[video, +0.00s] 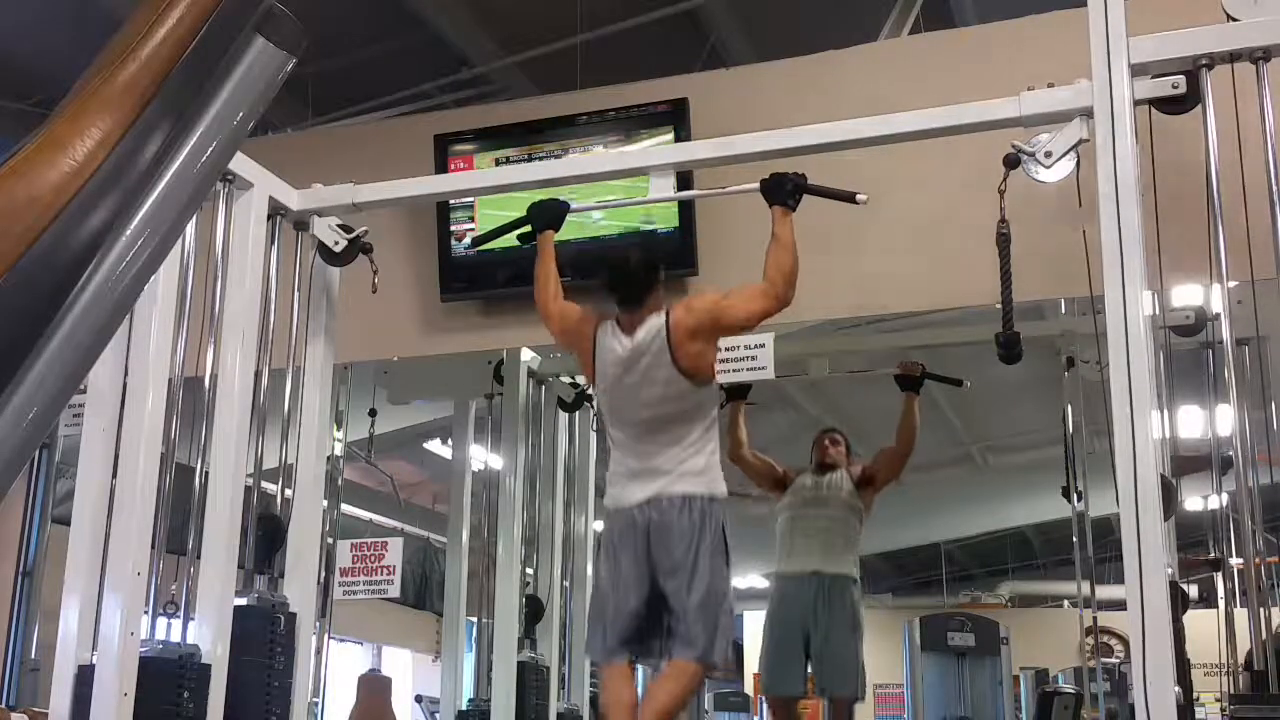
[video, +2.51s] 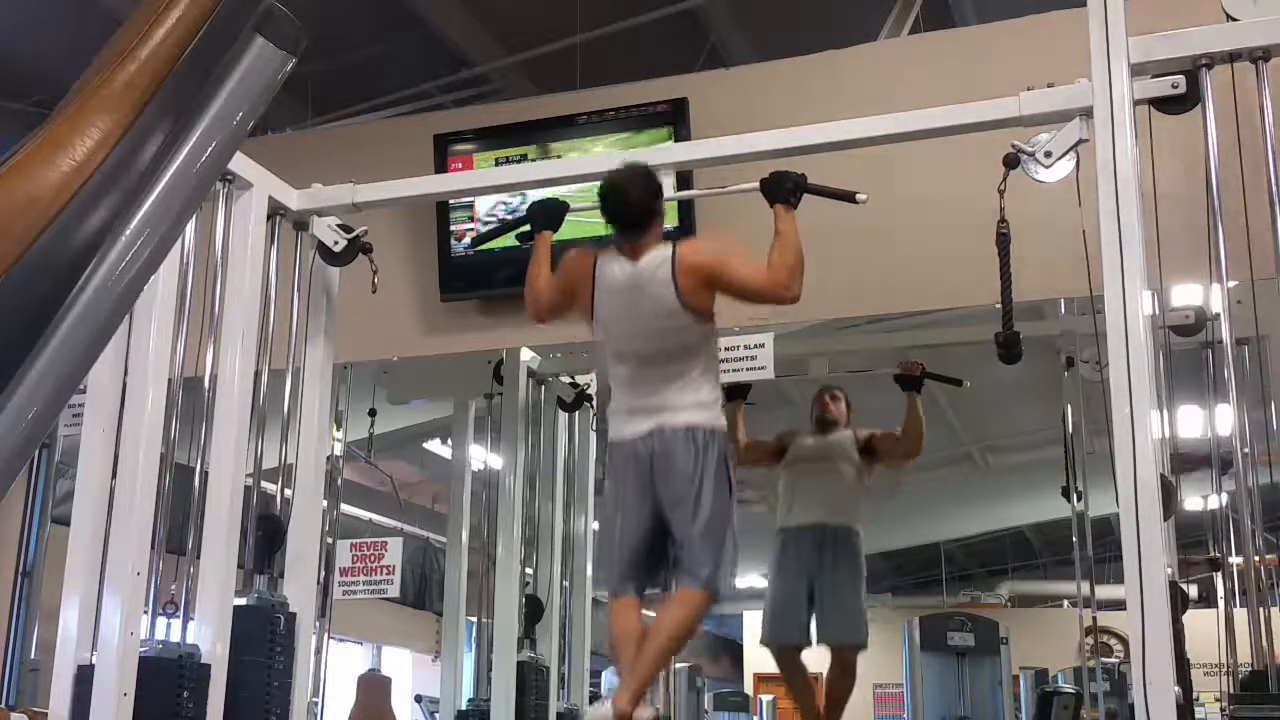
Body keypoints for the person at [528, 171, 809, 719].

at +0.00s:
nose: (662, 278)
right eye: (660, 272)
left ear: (609, 288)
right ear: (660, 281)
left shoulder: (590, 335)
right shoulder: (695, 319)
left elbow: (549, 303)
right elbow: (776, 292)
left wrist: (545, 237)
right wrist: (783, 210)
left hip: (623, 509)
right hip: (690, 506)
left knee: (614, 651)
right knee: (695, 648)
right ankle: (643, 714)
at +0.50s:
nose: (665, 169)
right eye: (666, 161)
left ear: (613, 183)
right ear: (667, 173)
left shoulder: (590, 240)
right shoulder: (699, 228)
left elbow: (543, 303)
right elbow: (779, 281)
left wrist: (541, 235)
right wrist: (786, 207)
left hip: (632, 404)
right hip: (696, 398)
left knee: (639, 550)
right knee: (699, 544)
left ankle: (662, 679)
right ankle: (647, 679)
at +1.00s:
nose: (668, 301)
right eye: (665, 296)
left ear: (610, 318)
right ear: (665, 310)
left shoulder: (594, 358)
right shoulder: (700, 346)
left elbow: (553, 305)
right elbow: (771, 295)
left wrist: (545, 235)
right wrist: (781, 211)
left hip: (626, 538)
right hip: (693, 534)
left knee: (618, 687)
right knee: (690, 684)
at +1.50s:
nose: (665, 159)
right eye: (663, 153)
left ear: (610, 181)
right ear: (663, 169)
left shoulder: (587, 233)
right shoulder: (700, 222)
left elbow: (538, 298)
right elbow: (777, 278)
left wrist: (539, 230)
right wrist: (785, 206)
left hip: (630, 404)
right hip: (695, 398)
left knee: (633, 541)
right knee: (703, 537)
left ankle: (654, 676)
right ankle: (635, 674)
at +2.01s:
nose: (672, 282)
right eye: (668, 275)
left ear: (610, 292)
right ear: (666, 284)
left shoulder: (591, 334)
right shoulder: (700, 326)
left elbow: (546, 301)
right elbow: (781, 293)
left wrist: (543, 234)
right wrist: (784, 210)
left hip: (629, 516)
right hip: (695, 512)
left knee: (626, 663)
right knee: (706, 658)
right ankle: (657, 717)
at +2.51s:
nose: (653, 208)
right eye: (654, 200)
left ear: (607, 218)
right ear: (660, 210)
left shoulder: (586, 266)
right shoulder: (694, 259)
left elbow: (539, 304)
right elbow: (783, 286)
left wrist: (542, 237)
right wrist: (785, 211)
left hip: (626, 442)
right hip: (690, 437)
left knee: (623, 582)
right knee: (698, 579)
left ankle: (631, 706)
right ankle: (625, 700)